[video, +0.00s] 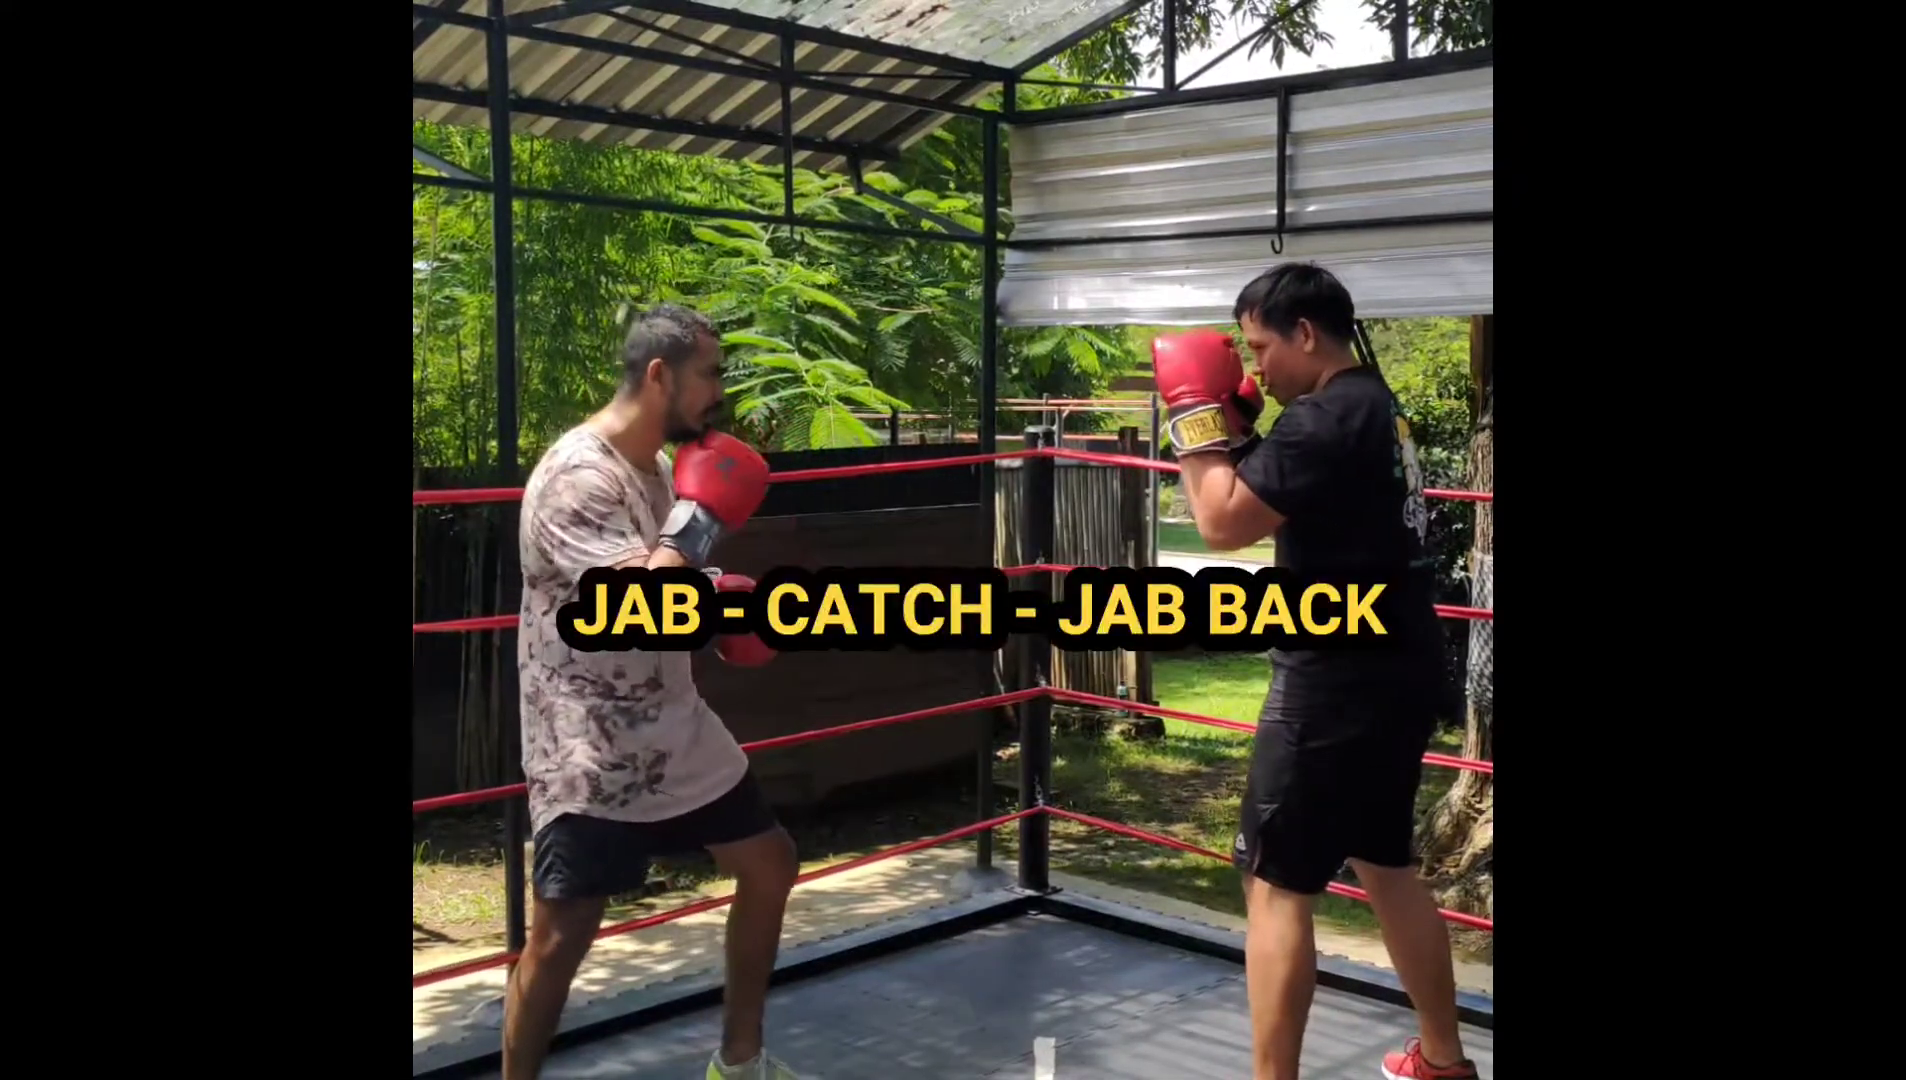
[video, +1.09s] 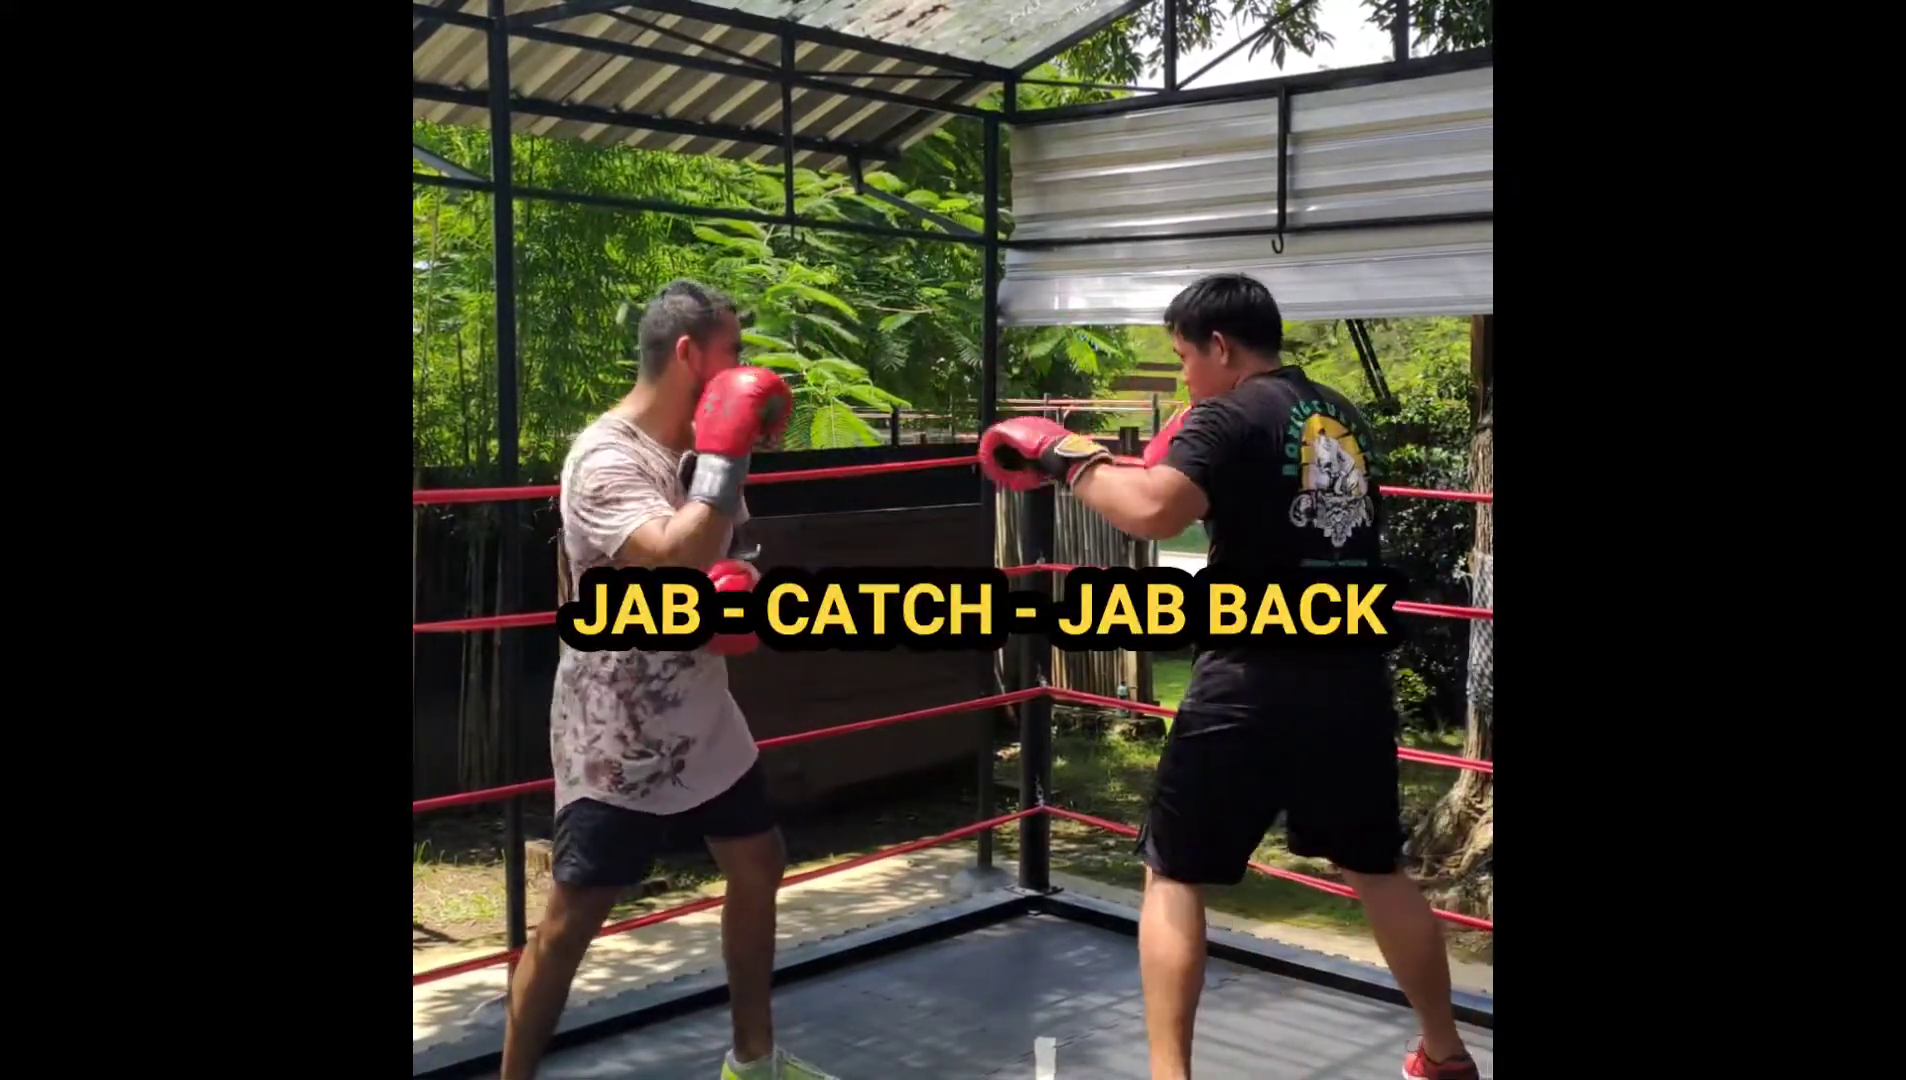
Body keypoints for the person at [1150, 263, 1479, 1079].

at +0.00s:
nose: (1255, 369)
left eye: (1257, 349)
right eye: (1248, 354)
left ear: (1306, 335)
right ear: (1320, 335)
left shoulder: (1329, 418)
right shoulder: (1367, 403)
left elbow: (1224, 522)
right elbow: (1272, 501)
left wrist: (1195, 422)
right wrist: (1237, 428)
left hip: (1328, 676)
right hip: (1394, 672)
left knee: (1276, 881)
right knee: (1388, 863)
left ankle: (1273, 1072)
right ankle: (1445, 1056)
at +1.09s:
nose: (1183, 377)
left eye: (1183, 358)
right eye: (1180, 359)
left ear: (1221, 349)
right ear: (1267, 344)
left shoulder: (1231, 417)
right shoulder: (1336, 413)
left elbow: (1152, 509)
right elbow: (1282, 505)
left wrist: (1069, 453)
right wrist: (1187, 457)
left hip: (1250, 682)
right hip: (1352, 682)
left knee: (1172, 871)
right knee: (1383, 868)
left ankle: (1170, 1070)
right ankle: (1445, 1049)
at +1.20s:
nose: (1165, 369)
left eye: (1167, 353)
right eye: (1162, 356)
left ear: (1202, 342)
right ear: (1255, 337)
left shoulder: (1206, 407)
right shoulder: (1332, 406)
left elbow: (1051, 435)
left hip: (1233, 684)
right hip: (1343, 682)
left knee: (1171, 875)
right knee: (1374, 867)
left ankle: (1170, 1071)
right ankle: (1428, 1049)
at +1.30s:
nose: (1165, 363)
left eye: (1165, 347)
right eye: (1161, 349)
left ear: (1199, 335)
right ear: (1255, 329)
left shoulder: (1191, 402)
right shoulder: (1336, 402)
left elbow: (1036, 429)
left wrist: (935, 399)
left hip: (1228, 689)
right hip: (1336, 685)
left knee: (1176, 874)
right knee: (1367, 860)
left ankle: (1178, 1071)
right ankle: (1425, 1036)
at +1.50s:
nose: (1183, 364)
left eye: (1184, 344)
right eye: (1180, 344)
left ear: (1220, 335)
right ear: (1261, 335)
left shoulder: (1222, 408)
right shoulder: (1334, 402)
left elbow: (1130, 519)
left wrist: (1036, 456)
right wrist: (1174, 454)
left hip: (1251, 672)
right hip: (1348, 670)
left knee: (1195, 877)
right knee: (1359, 854)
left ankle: (1192, 1071)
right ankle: (1426, 1036)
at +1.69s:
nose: (1215, 377)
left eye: (1217, 359)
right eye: (1209, 363)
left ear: (1264, 346)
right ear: (1290, 347)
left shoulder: (1288, 420)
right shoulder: (1341, 408)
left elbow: (1218, 545)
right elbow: (1279, 518)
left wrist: (1152, 454)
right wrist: (1210, 446)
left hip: (1306, 674)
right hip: (1384, 674)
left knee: (1216, 869)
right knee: (1381, 868)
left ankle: (1200, 1069)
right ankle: (1430, 1059)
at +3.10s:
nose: (1174, 388)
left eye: (1173, 369)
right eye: (1167, 373)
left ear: (1212, 354)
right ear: (1258, 348)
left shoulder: (1232, 420)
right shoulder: (1331, 408)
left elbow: (1177, 532)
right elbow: (1281, 511)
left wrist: (1102, 480)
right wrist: (1186, 460)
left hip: (1251, 690)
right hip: (1351, 690)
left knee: (1180, 877)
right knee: (1368, 871)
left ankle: (1179, 1070)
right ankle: (1425, 1051)